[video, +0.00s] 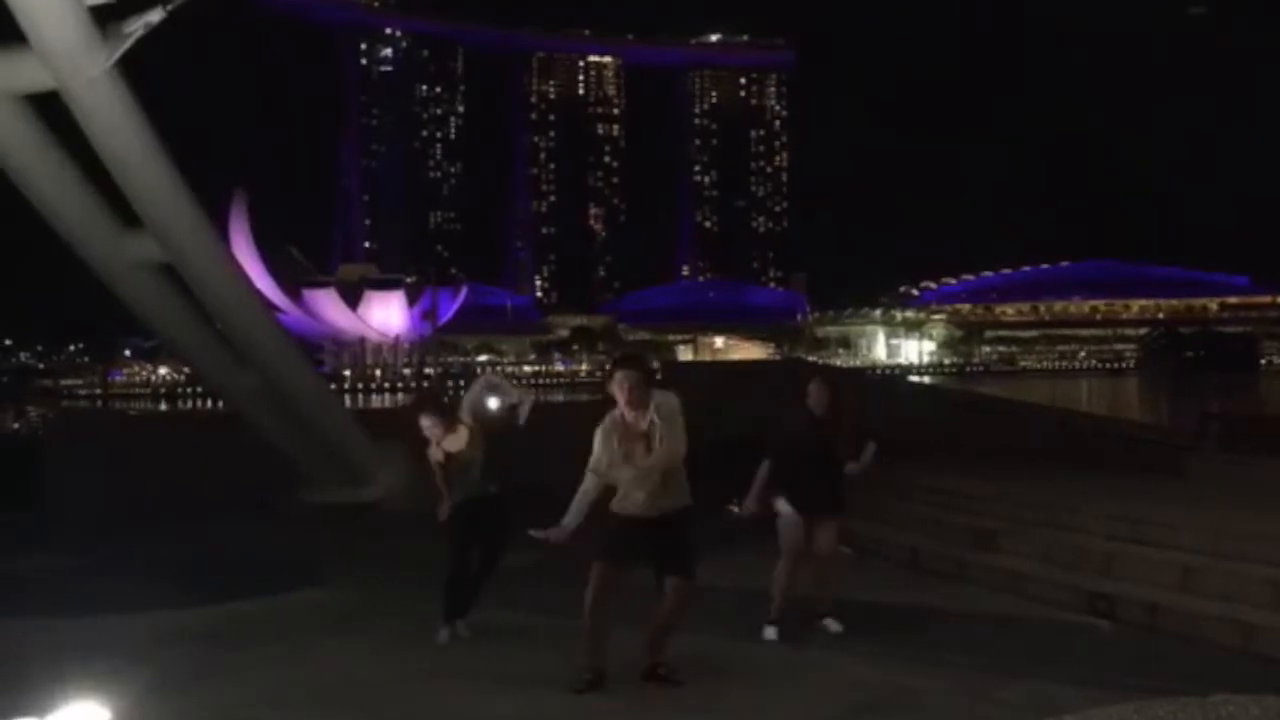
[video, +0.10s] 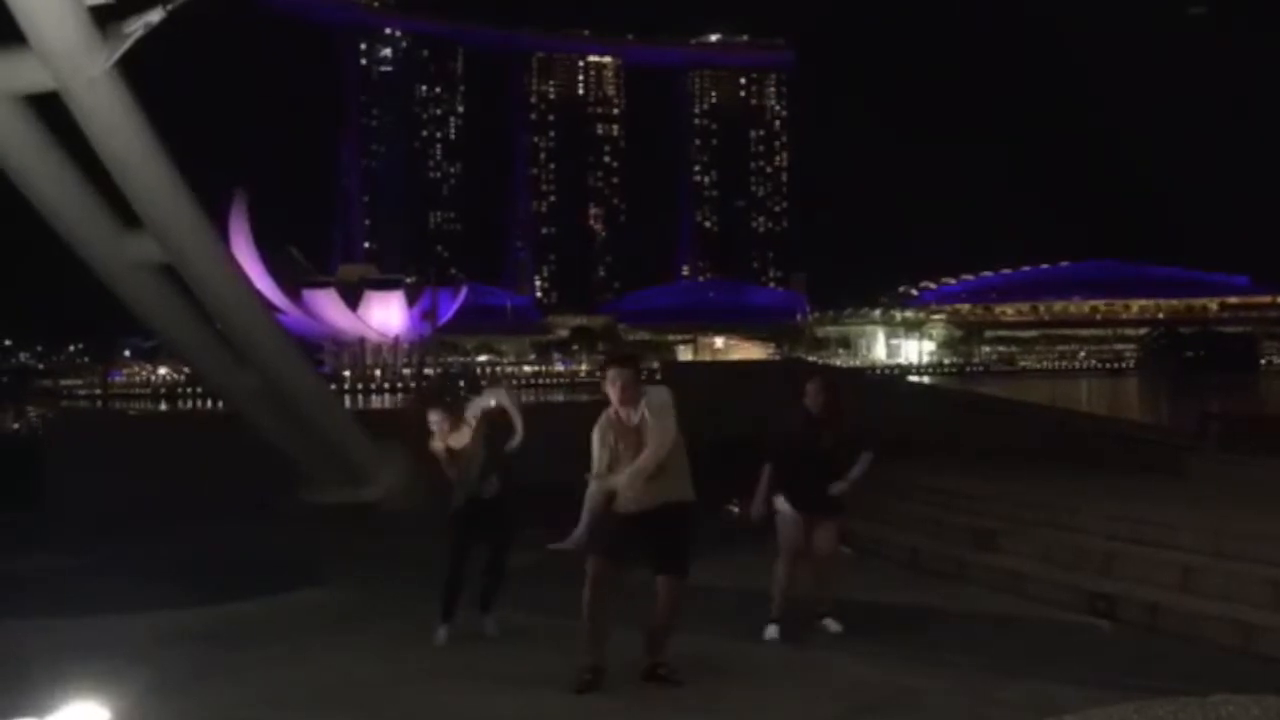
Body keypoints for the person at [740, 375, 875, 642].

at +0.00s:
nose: (817, 400)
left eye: (821, 395)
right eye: (813, 395)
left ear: (830, 398)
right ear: (805, 397)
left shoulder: (835, 428)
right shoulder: (793, 425)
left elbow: (842, 468)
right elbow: (769, 463)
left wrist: (861, 464)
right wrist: (753, 497)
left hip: (826, 500)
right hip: (792, 499)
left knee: (826, 558)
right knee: (789, 557)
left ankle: (824, 613)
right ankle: (774, 620)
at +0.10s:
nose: (812, 400)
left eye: (817, 394)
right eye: (809, 394)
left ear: (827, 396)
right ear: (803, 396)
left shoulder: (838, 425)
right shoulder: (792, 424)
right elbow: (771, 463)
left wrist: (847, 482)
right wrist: (762, 498)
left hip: (826, 498)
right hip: (791, 497)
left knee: (826, 558)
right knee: (786, 557)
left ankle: (824, 613)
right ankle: (775, 619)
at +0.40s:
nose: (799, 407)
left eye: (804, 402)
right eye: (796, 401)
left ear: (815, 405)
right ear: (792, 403)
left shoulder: (825, 434)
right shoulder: (782, 429)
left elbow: (816, 472)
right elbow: (761, 460)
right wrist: (741, 484)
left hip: (822, 494)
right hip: (789, 491)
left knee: (829, 553)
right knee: (794, 531)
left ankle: (822, 610)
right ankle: (783, 587)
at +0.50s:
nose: (797, 405)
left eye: (802, 399)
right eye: (794, 398)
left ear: (810, 401)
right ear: (786, 399)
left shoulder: (817, 429)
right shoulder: (777, 426)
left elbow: (805, 470)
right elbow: (759, 456)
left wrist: (761, 474)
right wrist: (738, 480)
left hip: (817, 501)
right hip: (782, 501)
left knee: (822, 557)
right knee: (779, 555)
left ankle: (822, 612)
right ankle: (767, 610)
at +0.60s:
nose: (784, 402)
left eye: (790, 397)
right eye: (783, 396)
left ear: (803, 400)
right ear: (780, 398)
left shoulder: (810, 430)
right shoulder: (773, 428)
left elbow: (797, 472)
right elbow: (753, 452)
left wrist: (778, 503)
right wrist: (733, 473)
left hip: (810, 498)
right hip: (774, 497)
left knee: (811, 556)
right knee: (771, 555)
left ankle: (820, 613)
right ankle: (767, 613)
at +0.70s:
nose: (774, 404)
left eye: (781, 398)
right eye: (775, 397)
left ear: (796, 402)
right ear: (774, 400)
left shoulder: (803, 433)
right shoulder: (764, 429)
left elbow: (816, 479)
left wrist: (827, 519)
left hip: (791, 493)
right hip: (760, 491)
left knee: (785, 547)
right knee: (760, 552)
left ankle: (834, 569)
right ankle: (767, 611)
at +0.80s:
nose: (765, 409)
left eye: (772, 404)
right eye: (766, 403)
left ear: (786, 408)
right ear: (767, 406)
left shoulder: (798, 436)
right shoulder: (756, 433)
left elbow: (829, 465)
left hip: (789, 501)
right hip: (757, 499)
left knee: (757, 538)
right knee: (749, 549)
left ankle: (818, 550)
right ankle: (764, 612)